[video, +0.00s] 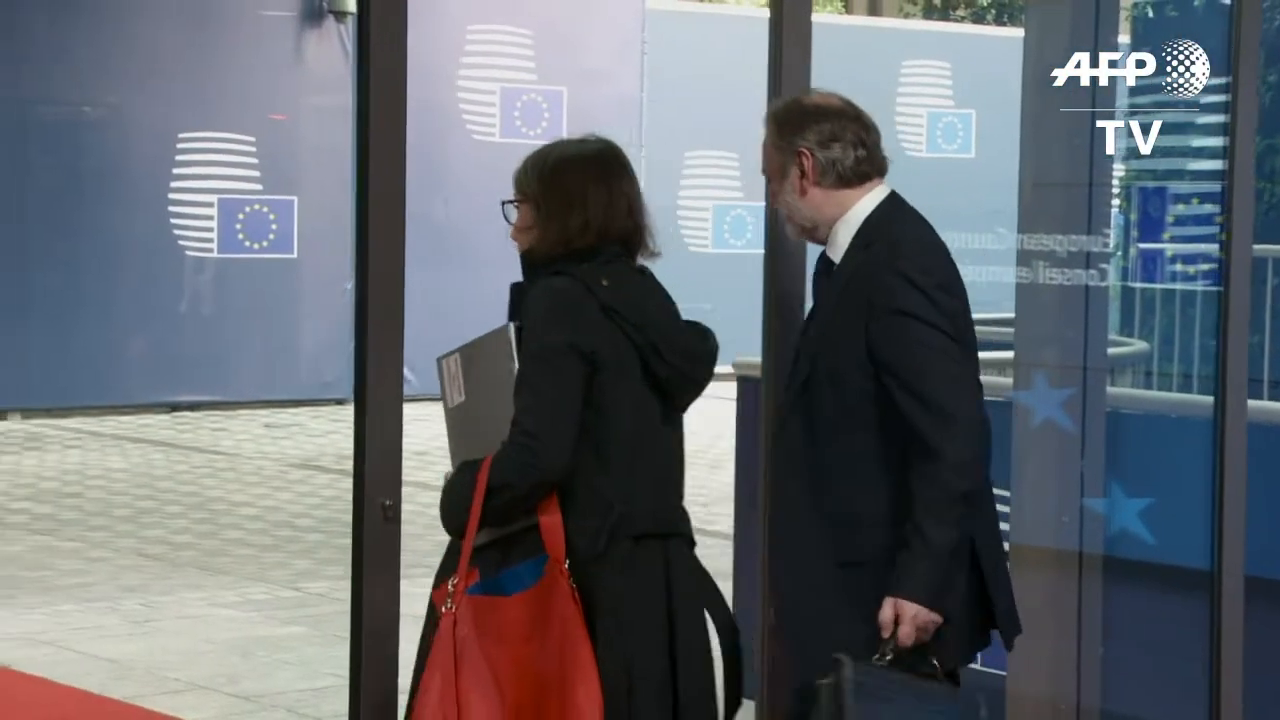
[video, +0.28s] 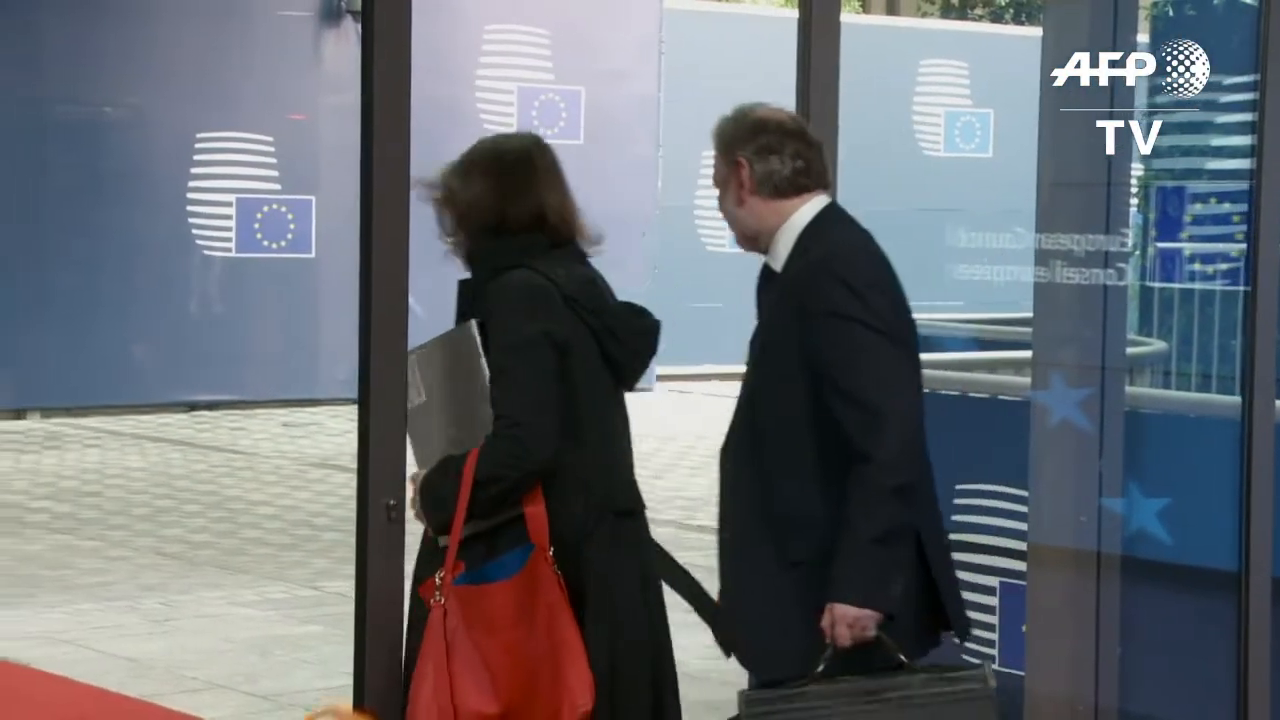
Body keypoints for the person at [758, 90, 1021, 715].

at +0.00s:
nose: (771, 199)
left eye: (772, 180)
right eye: (768, 182)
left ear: (804, 172)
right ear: (814, 171)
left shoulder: (895, 259)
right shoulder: (859, 251)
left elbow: (951, 436)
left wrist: (921, 583)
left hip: (878, 602)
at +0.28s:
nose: (719, 205)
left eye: (720, 186)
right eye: (718, 188)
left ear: (743, 178)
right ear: (799, 170)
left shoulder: (833, 264)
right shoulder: (802, 259)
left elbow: (883, 439)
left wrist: (859, 586)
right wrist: (752, 596)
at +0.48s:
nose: (669, 207)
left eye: (668, 188)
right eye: (668, 190)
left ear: (690, 177)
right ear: (751, 172)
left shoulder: (776, 262)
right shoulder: (750, 257)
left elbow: (819, 429)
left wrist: (807, 570)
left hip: (774, 585)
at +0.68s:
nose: (639, 187)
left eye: (639, 168)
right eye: (638, 170)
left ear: (656, 161)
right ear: (722, 160)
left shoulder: (725, 244)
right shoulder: (741, 236)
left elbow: (750, 406)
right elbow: (753, 405)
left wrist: (740, 548)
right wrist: (728, 543)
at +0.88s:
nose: (641, 178)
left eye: (639, 163)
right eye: (640, 163)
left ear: (650, 165)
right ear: (728, 160)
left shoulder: (680, 247)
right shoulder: (771, 251)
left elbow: (680, 407)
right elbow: (776, 409)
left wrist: (679, 548)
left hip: (698, 552)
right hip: (773, 541)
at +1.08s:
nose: (618, 195)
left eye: (618, 182)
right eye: (618, 183)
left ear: (627, 185)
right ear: (701, 179)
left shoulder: (630, 263)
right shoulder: (760, 272)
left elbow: (622, 417)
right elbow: (766, 424)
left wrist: (611, 556)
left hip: (661, 556)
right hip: (753, 550)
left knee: (657, 708)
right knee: (756, 709)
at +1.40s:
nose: (578, 171)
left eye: (577, 162)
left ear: (584, 168)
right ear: (661, 158)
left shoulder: (564, 251)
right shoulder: (727, 256)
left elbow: (546, 396)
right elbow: (763, 400)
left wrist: (525, 512)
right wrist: (768, 516)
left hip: (596, 515)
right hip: (699, 517)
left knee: (607, 688)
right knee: (664, 683)